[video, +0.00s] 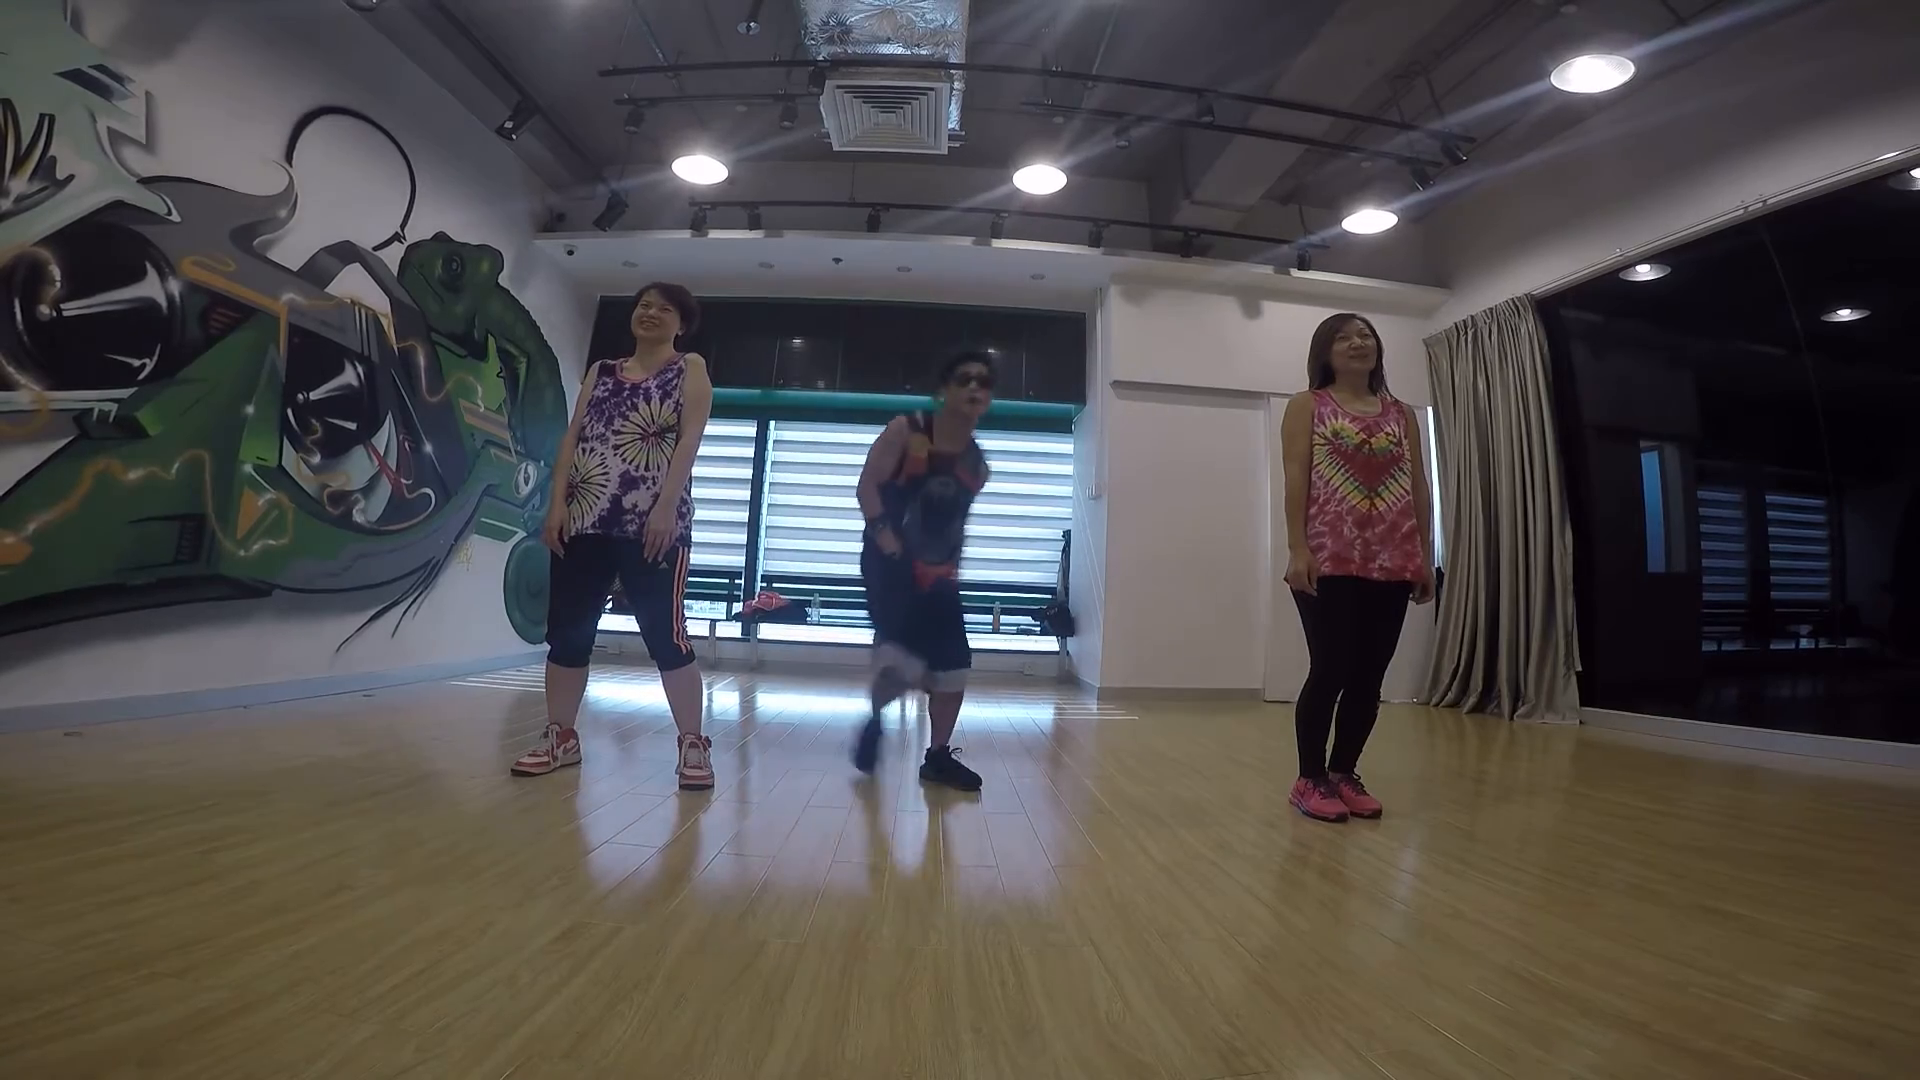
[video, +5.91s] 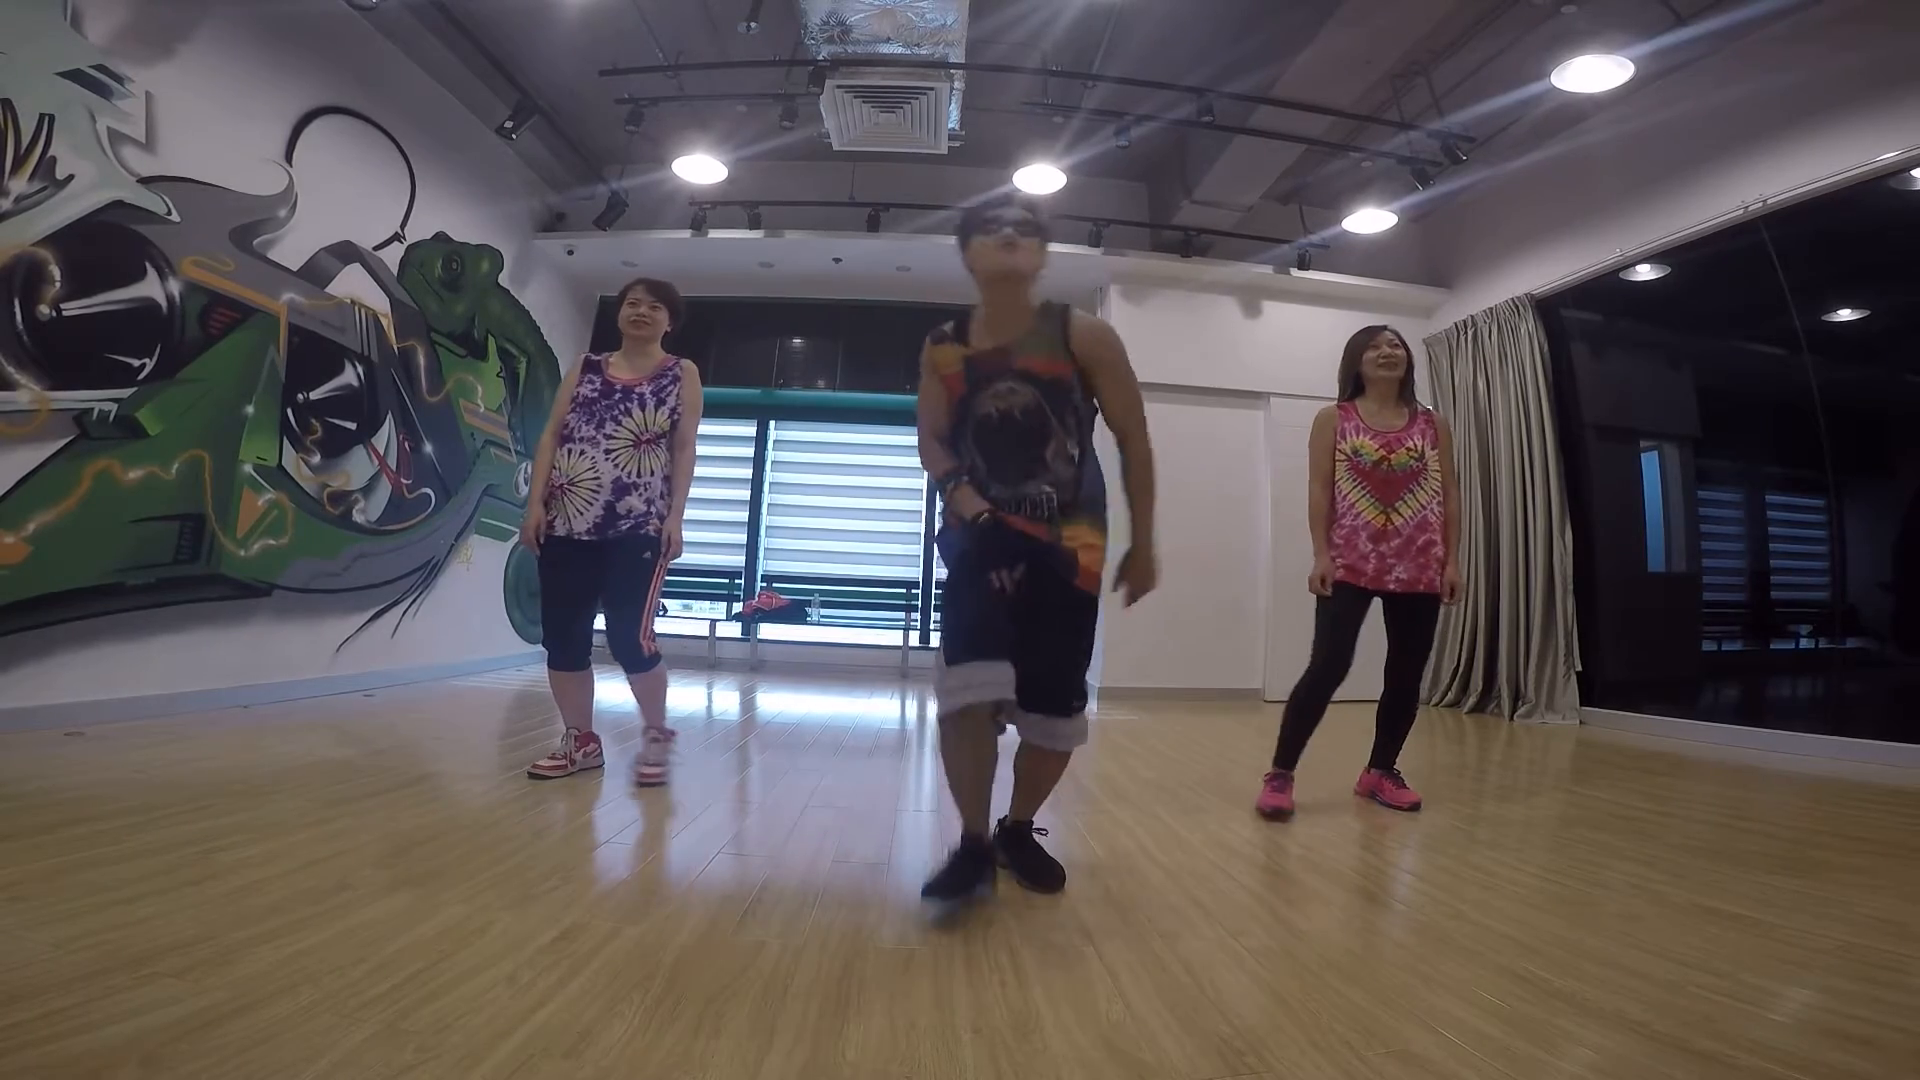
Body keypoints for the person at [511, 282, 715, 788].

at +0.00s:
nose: (649, 312)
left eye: (663, 308)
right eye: (643, 305)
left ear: (681, 326)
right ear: (630, 317)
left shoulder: (690, 369)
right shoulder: (600, 372)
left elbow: (688, 442)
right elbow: (572, 439)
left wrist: (666, 507)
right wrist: (557, 501)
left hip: (650, 526)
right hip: (583, 522)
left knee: (667, 640)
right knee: (567, 636)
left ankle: (692, 744)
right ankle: (561, 739)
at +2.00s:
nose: (695, 317)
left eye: (706, 313)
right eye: (687, 311)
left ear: (722, 329)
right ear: (674, 322)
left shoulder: (733, 378)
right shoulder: (638, 372)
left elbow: (733, 450)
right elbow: (609, 438)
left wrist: (719, 510)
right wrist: (596, 505)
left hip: (694, 529)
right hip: (626, 523)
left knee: (691, 643)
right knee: (598, 636)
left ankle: (694, 745)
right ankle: (592, 740)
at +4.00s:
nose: (675, 310)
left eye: (686, 307)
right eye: (666, 303)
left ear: (696, 327)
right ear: (647, 318)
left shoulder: (705, 372)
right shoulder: (614, 374)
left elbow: (708, 445)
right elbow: (585, 442)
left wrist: (697, 508)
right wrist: (569, 503)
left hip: (664, 528)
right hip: (596, 524)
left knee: (671, 642)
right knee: (579, 637)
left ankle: (692, 744)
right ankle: (578, 740)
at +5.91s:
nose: (640, 310)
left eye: (652, 305)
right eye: (632, 303)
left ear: (669, 321)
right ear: (617, 315)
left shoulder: (682, 374)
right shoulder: (584, 368)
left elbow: (684, 450)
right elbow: (552, 435)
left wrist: (673, 517)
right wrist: (535, 502)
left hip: (637, 529)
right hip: (568, 526)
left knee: (629, 640)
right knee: (563, 640)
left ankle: (656, 737)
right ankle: (580, 742)